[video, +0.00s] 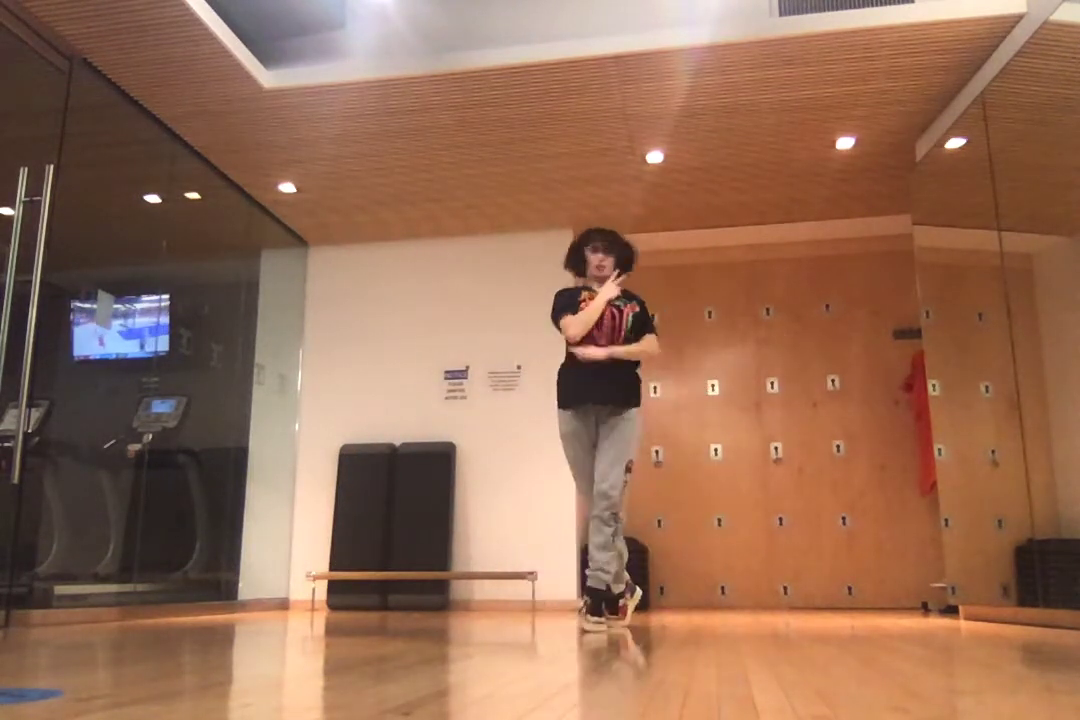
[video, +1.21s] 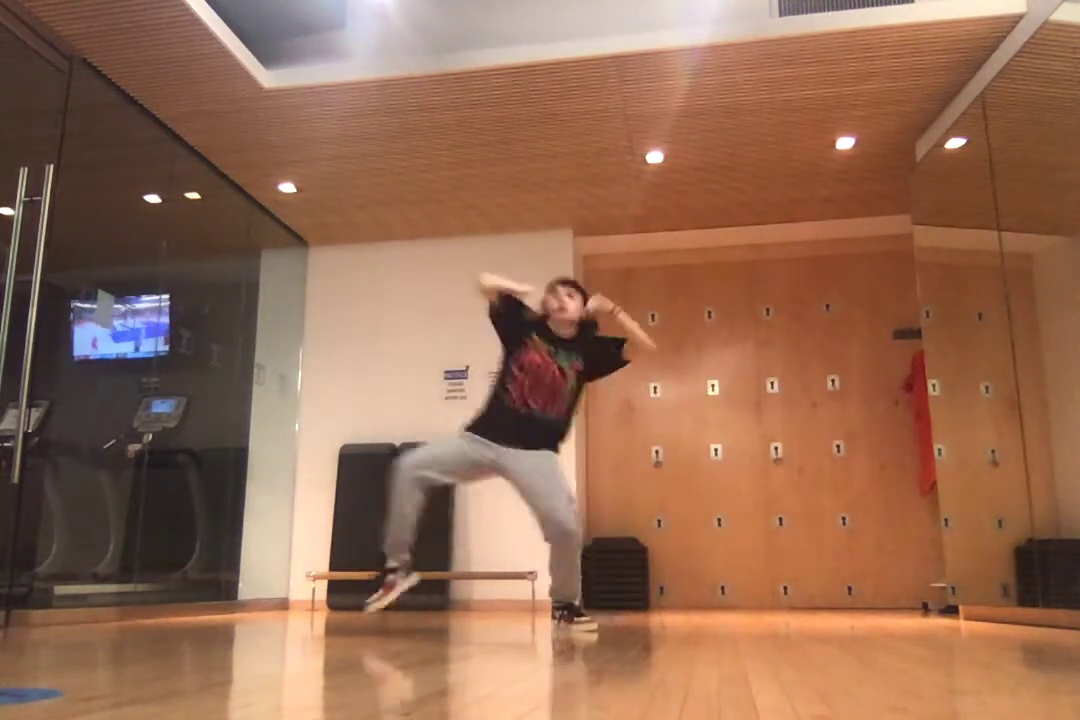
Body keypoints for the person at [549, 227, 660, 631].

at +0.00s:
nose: (600, 258)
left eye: (607, 252)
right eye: (594, 251)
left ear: (619, 260)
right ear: (581, 257)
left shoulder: (633, 303)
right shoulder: (568, 297)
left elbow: (652, 348)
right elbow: (572, 331)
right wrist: (603, 297)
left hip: (621, 409)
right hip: (575, 409)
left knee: (608, 497)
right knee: (594, 500)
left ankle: (597, 592)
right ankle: (621, 583)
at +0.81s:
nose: (597, 298)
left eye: (603, 294)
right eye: (589, 293)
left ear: (614, 306)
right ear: (575, 304)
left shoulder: (614, 347)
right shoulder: (558, 336)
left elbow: (640, 337)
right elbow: (552, 326)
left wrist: (591, 334)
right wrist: (598, 331)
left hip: (591, 447)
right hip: (545, 445)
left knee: (592, 519)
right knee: (546, 533)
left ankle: (569, 598)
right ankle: (593, 582)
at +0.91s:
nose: (589, 300)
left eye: (596, 296)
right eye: (581, 296)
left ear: (608, 306)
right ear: (569, 306)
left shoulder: (608, 349)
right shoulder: (551, 340)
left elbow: (634, 336)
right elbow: (543, 321)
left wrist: (584, 328)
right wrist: (589, 329)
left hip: (582, 459)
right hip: (533, 450)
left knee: (586, 523)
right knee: (488, 499)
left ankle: (567, 604)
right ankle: (499, 582)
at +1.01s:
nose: (584, 307)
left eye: (591, 303)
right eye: (576, 303)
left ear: (604, 312)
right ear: (563, 313)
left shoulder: (607, 357)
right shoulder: (550, 345)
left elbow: (630, 336)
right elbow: (532, 323)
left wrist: (580, 331)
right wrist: (573, 328)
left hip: (570, 462)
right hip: (522, 449)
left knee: (584, 526)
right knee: (465, 516)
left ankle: (565, 606)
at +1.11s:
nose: (578, 311)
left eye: (586, 306)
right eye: (572, 305)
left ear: (597, 319)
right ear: (562, 315)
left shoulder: (599, 361)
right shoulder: (543, 346)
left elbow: (632, 347)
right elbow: (516, 329)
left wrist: (593, 329)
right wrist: (559, 318)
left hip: (553, 462)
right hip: (502, 449)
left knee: (580, 526)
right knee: (449, 495)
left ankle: (566, 605)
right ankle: (411, 592)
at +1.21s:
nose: (561, 302)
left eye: (570, 297)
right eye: (555, 296)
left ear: (582, 310)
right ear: (544, 304)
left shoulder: (588, 352)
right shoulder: (522, 328)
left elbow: (645, 347)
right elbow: (486, 283)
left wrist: (615, 311)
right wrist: (527, 293)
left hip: (535, 454)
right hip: (483, 440)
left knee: (565, 526)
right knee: (410, 466)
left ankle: (567, 608)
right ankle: (397, 569)